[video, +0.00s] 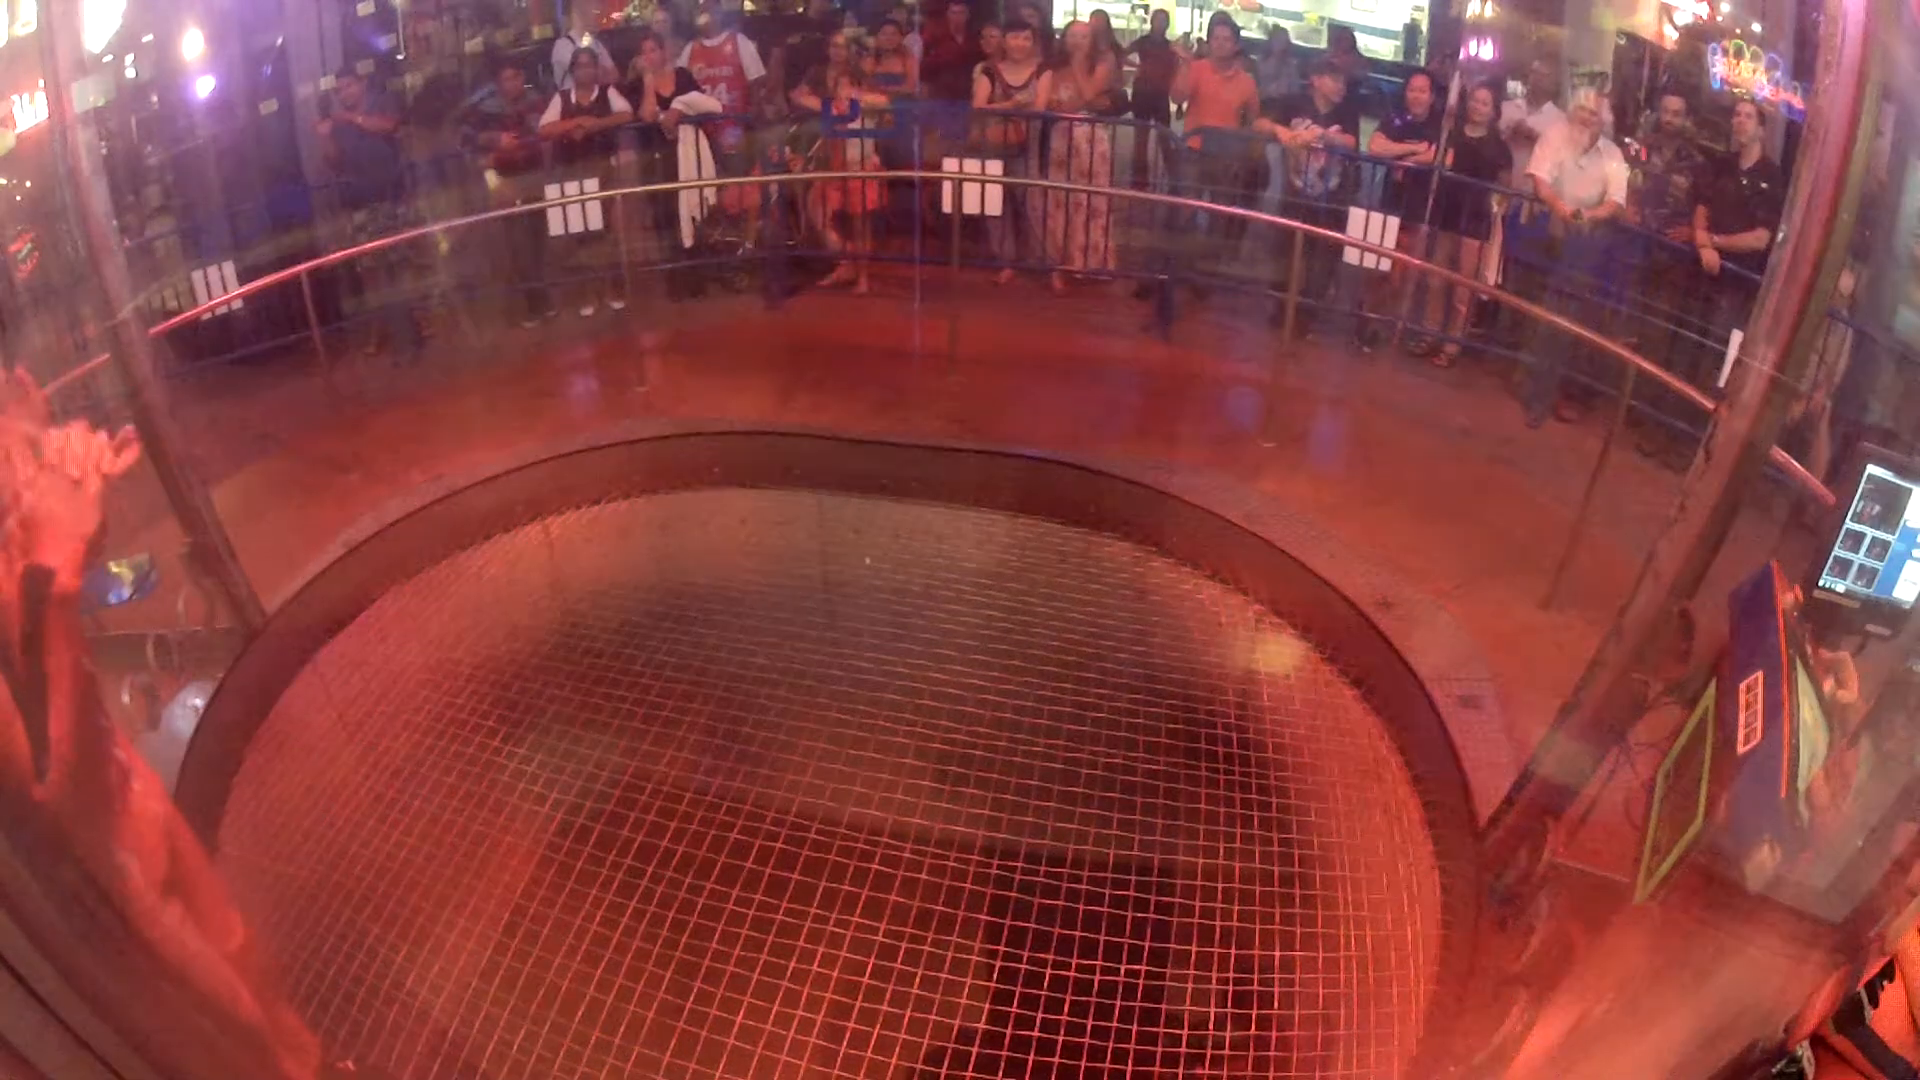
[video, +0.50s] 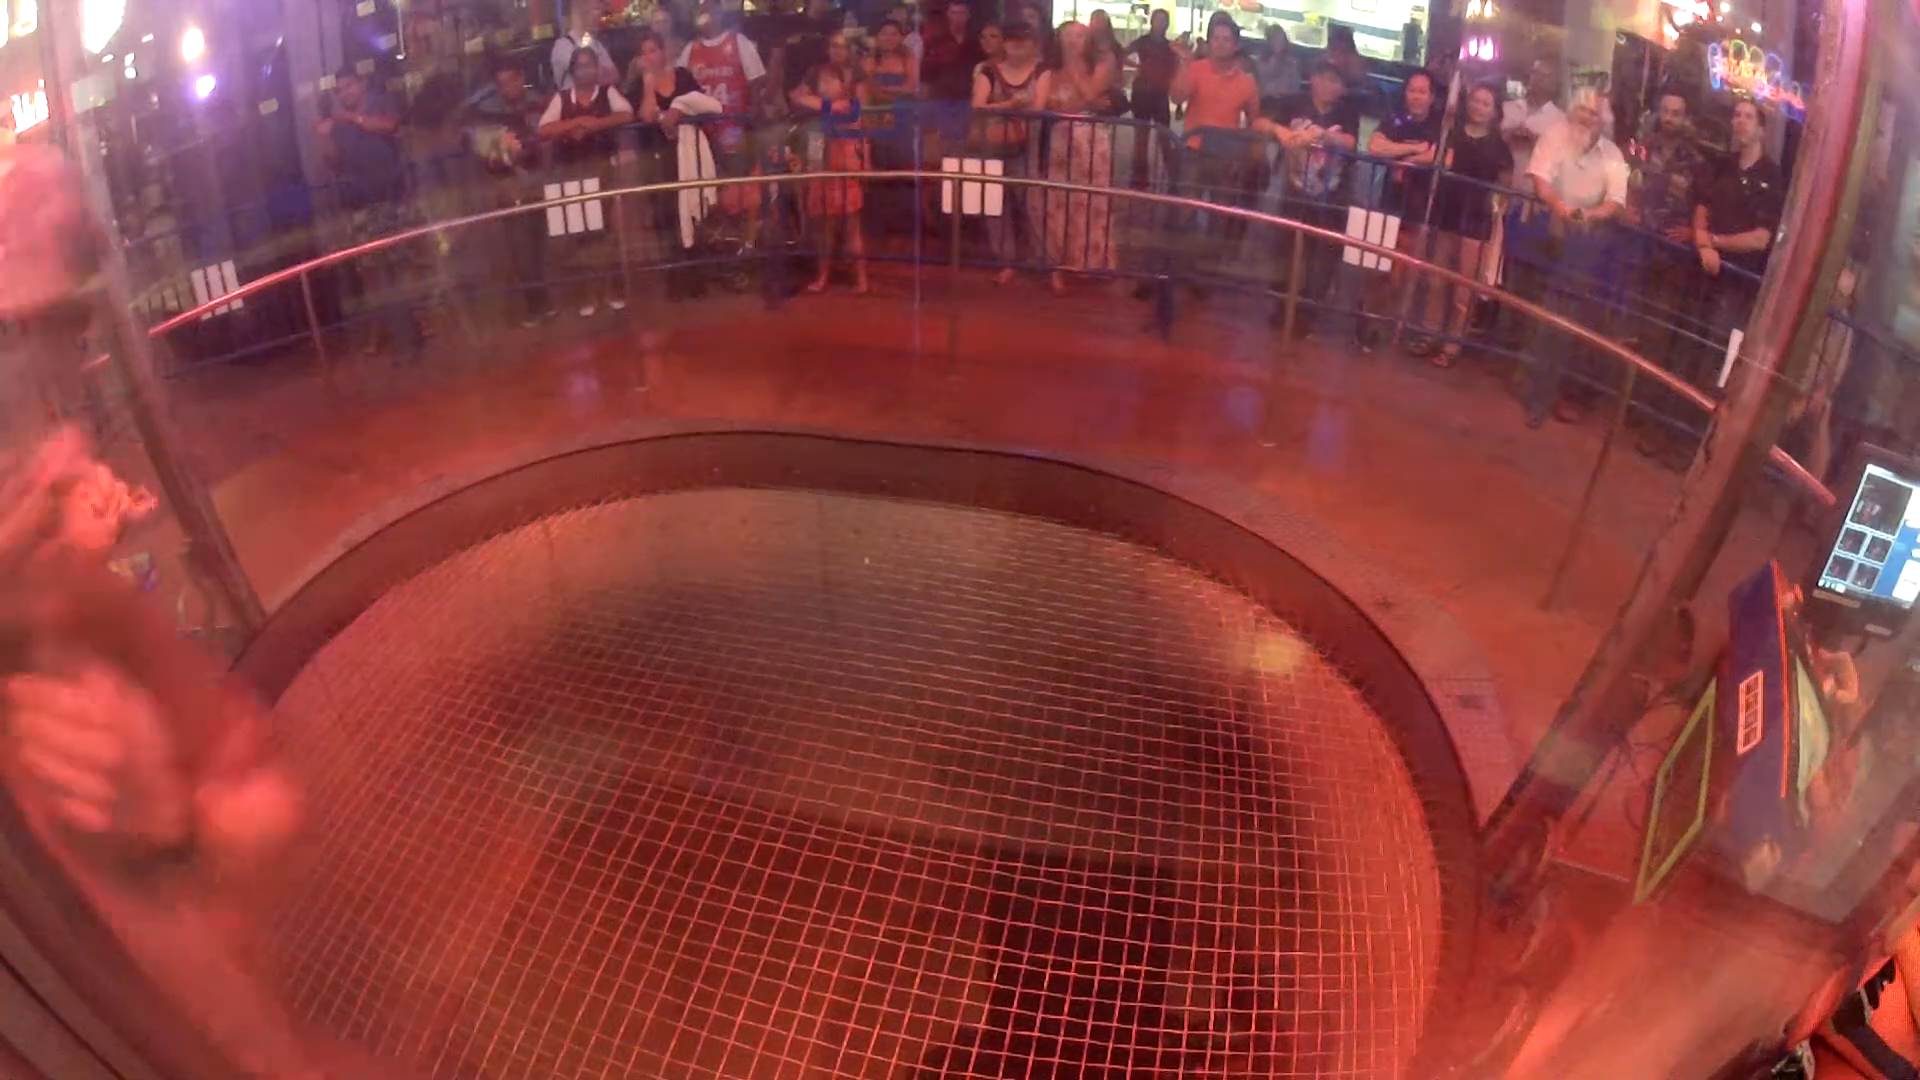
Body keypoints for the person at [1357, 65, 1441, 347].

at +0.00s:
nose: (1416, 95)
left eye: (1423, 90)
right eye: (1412, 90)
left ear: (1432, 97)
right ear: (1404, 94)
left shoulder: (1439, 127)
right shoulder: (1394, 120)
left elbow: (1439, 158)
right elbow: (1375, 146)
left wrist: (1403, 157)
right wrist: (1416, 148)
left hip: (1422, 212)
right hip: (1390, 208)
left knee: (1409, 274)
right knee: (1379, 269)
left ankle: (1398, 326)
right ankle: (1368, 321)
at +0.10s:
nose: (1416, 96)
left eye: (1422, 91)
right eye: (1412, 90)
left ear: (1432, 97)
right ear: (1404, 94)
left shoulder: (1439, 127)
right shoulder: (1394, 120)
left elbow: (1439, 158)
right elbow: (1375, 146)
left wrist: (1402, 158)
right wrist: (1416, 148)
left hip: (1422, 211)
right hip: (1390, 207)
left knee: (1409, 273)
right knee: (1379, 268)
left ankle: (1398, 326)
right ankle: (1368, 321)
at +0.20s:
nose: (1416, 96)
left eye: (1422, 91)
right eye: (1412, 90)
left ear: (1432, 97)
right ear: (1404, 94)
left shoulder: (1439, 127)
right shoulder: (1394, 121)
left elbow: (1439, 158)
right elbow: (1375, 146)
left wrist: (1402, 157)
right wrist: (1417, 148)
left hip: (1422, 212)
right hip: (1390, 208)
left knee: (1409, 273)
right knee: (1380, 268)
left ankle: (1398, 326)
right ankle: (1369, 320)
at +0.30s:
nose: (1416, 96)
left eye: (1422, 91)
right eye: (1412, 90)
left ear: (1432, 97)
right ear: (1404, 94)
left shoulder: (1439, 127)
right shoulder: (1394, 120)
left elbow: (1439, 158)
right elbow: (1375, 146)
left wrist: (1402, 157)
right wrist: (1416, 148)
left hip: (1422, 212)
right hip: (1390, 207)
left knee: (1409, 273)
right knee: (1380, 268)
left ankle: (1398, 326)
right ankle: (1368, 320)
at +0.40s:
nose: (1416, 96)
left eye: (1422, 91)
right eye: (1412, 90)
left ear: (1432, 97)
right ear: (1404, 94)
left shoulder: (1439, 127)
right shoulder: (1394, 121)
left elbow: (1439, 158)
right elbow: (1375, 146)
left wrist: (1401, 156)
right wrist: (1416, 148)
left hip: (1422, 212)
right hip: (1390, 207)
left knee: (1408, 274)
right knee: (1380, 268)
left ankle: (1398, 326)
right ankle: (1368, 320)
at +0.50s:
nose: (1416, 96)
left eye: (1422, 91)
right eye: (1412, 90)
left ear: (1432, 97)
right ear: (1404, 94)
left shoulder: (1439, 127)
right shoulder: (1394, 121)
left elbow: (1439, 158)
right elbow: (1375, 146)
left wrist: (1400, 156)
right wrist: (1416, 148)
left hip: (1422, 212)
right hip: (1390, 208)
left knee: (1409, 274)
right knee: (1380, 269)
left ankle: (1398, 326)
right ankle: (1368, 321)